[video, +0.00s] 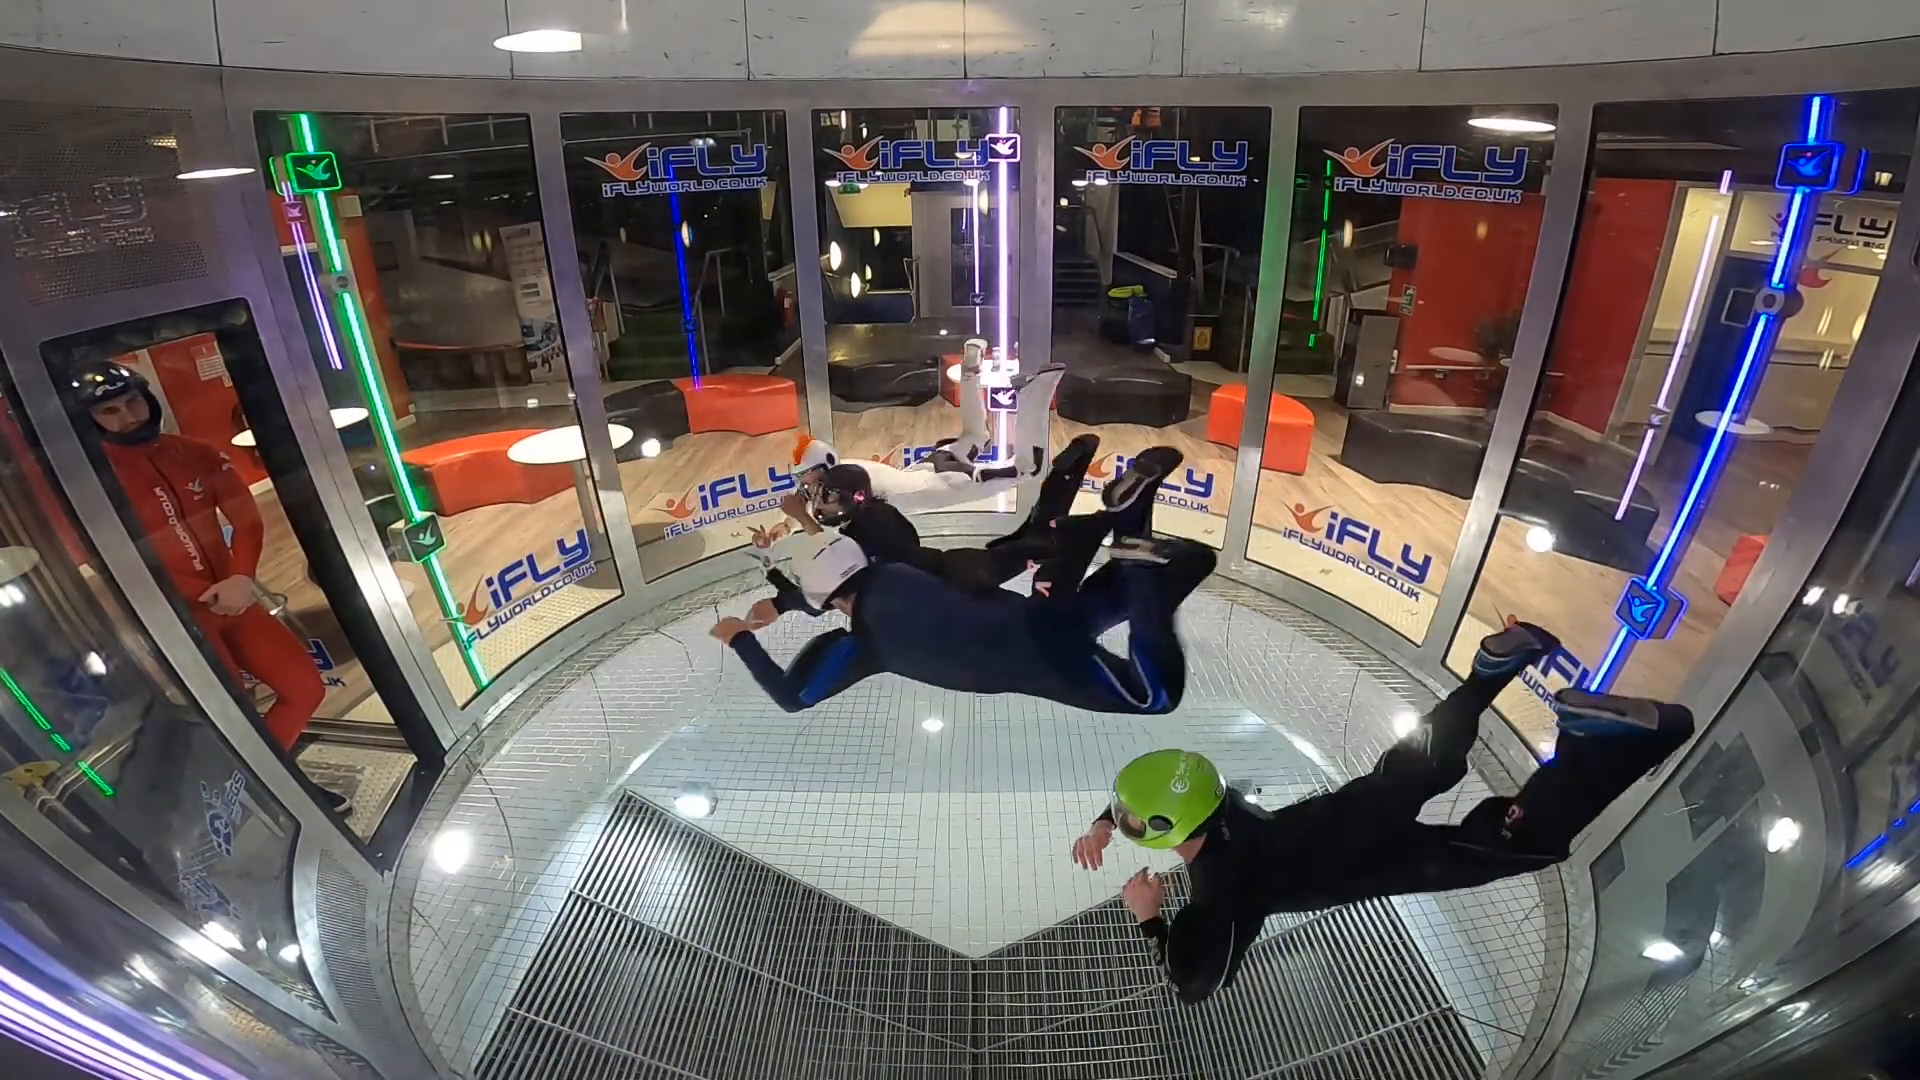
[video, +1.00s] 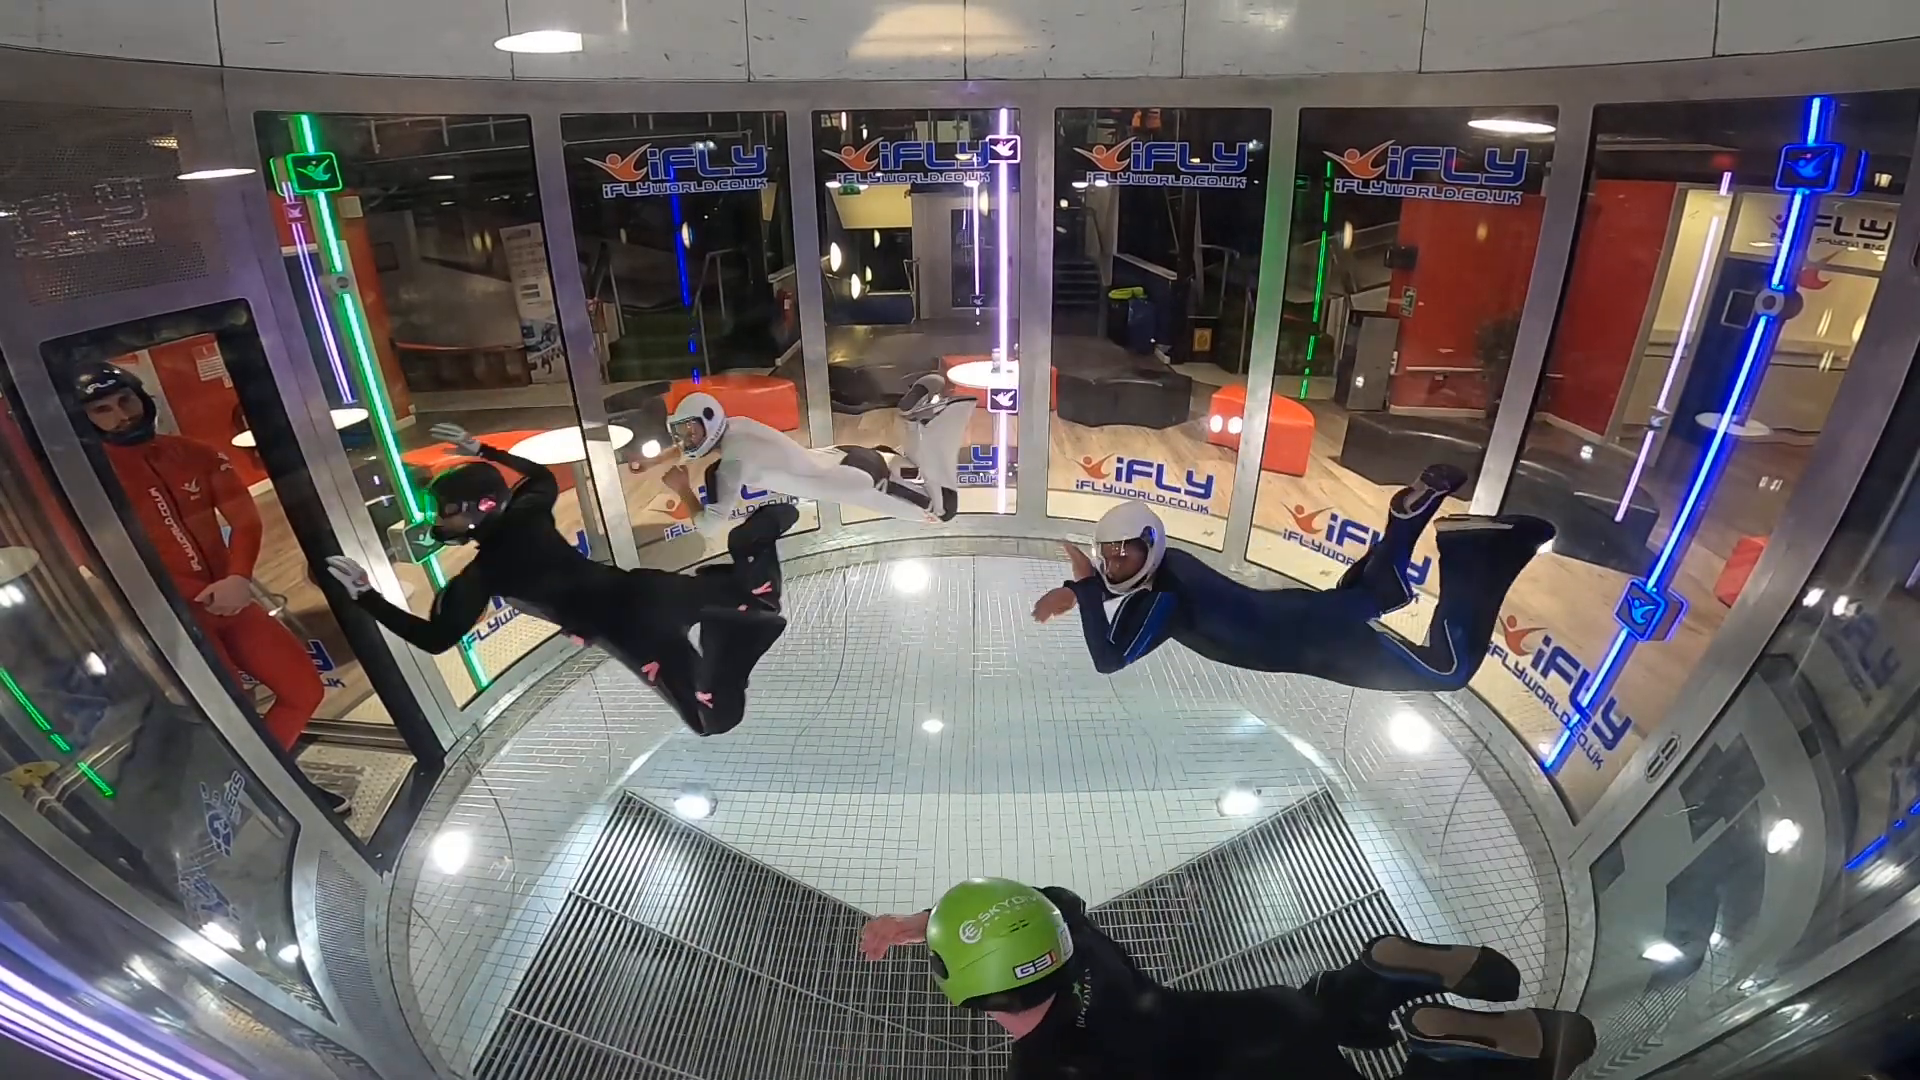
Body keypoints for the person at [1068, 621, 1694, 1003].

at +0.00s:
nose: (1135, 833)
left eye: (1146, 828)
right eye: (1138, 817)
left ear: (1174, 831)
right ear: (1192, 797)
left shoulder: (1225, 883)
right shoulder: (1206, 803)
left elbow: (1196, 975)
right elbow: (1151, 795)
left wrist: (1157, 919)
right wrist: (1107, 822)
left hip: (1391, 858)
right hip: (1357, 810)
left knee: (1521, 840)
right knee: (1429, 759)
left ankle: (1614, 743)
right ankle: (1497, 665)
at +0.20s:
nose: (1103, 892)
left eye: (1109, 883)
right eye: (1103, 877)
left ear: (1144, 888)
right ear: (1159, 837)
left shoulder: (1187, 949)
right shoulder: (1180, 846)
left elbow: (1146, 1045)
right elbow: (1124, 830)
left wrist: (1095, 987)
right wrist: (1070, 863)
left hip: (1360, 931)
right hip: (1335, 866)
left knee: (1507, 923)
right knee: (1421, 822)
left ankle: (1578, 825)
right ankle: (1515, 741)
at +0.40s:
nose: (1046, 945)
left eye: (1047, 940)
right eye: (1037, 929)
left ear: (1081, 947)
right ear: (1099, 880)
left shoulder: (1133, 1008)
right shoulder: (1128, 875)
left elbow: (1062, 1069)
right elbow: (1064, 875)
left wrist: (979, 1063)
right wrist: (996, 897)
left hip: (1330, 997)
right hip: (1302, 922)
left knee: (1459, 1006)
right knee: (1386, 902)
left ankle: (1569, 937)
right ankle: (1463, 856)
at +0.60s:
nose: (995, 988)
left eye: (997, 978)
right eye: (990, 976)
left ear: (1023, 981)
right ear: (1053, 911)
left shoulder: (1077, 1051)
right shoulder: (1091, 916)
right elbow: (1026, 895)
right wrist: (940, 913)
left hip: (1272, 1055)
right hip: (1257, 986)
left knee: (1413, 1045)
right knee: (1360, 965)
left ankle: (1540, 1001)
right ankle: (1470, 929)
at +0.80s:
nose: (974, 1000)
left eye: (979, 990)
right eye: (968, 986)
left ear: (1004, 990)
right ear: (1028, 938)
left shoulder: (1058, 1061)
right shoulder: (1059, 938)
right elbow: (994, 909)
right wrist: (912, 933)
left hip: (1264, 1064)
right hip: (1238, 1011)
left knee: (1394, 1065)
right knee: (1324, 1007)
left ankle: (1526, 1030)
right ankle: (1414, 949)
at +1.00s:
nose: (995, 1013)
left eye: (998, 998)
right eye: (987, 998)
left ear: (1017, 990)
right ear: (1039, 933)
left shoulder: (1051, 1067)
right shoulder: (1066, 932)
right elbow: (1008, 908)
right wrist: (926, 927)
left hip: (1233, 1069)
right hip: (1220, 1012)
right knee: (1325, 1006)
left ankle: (1472, 1041)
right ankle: (1432, 973)